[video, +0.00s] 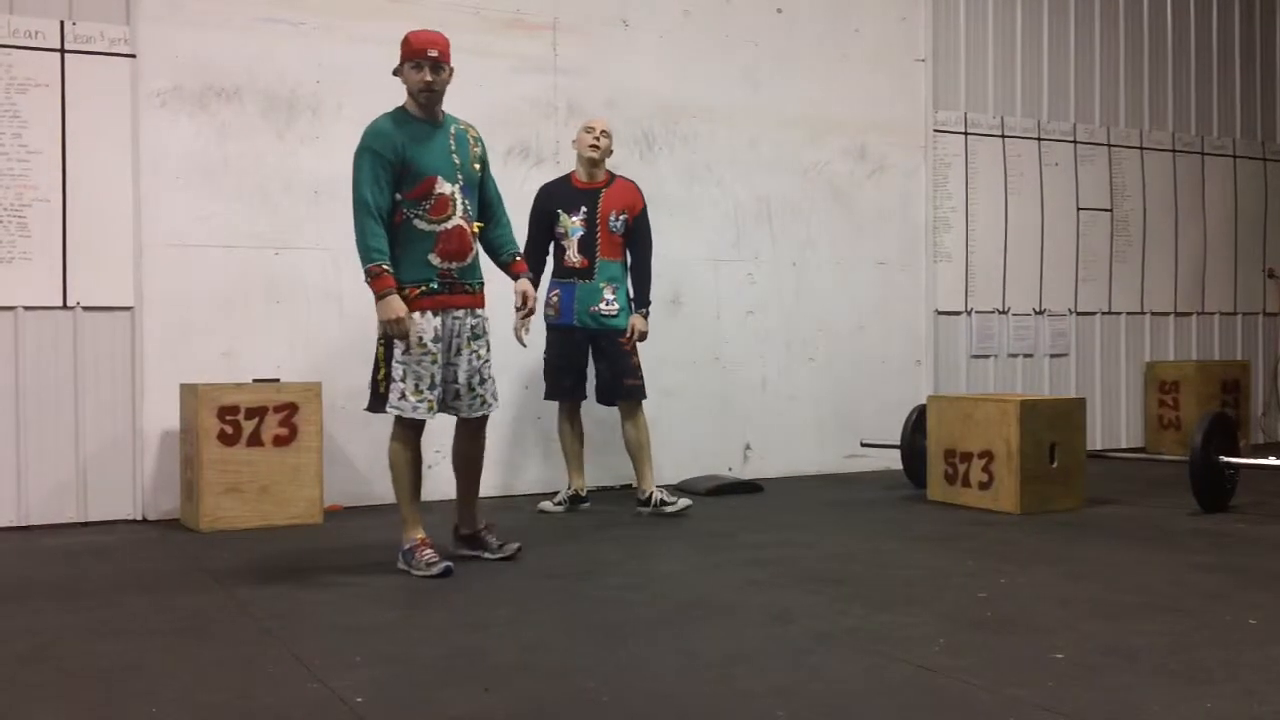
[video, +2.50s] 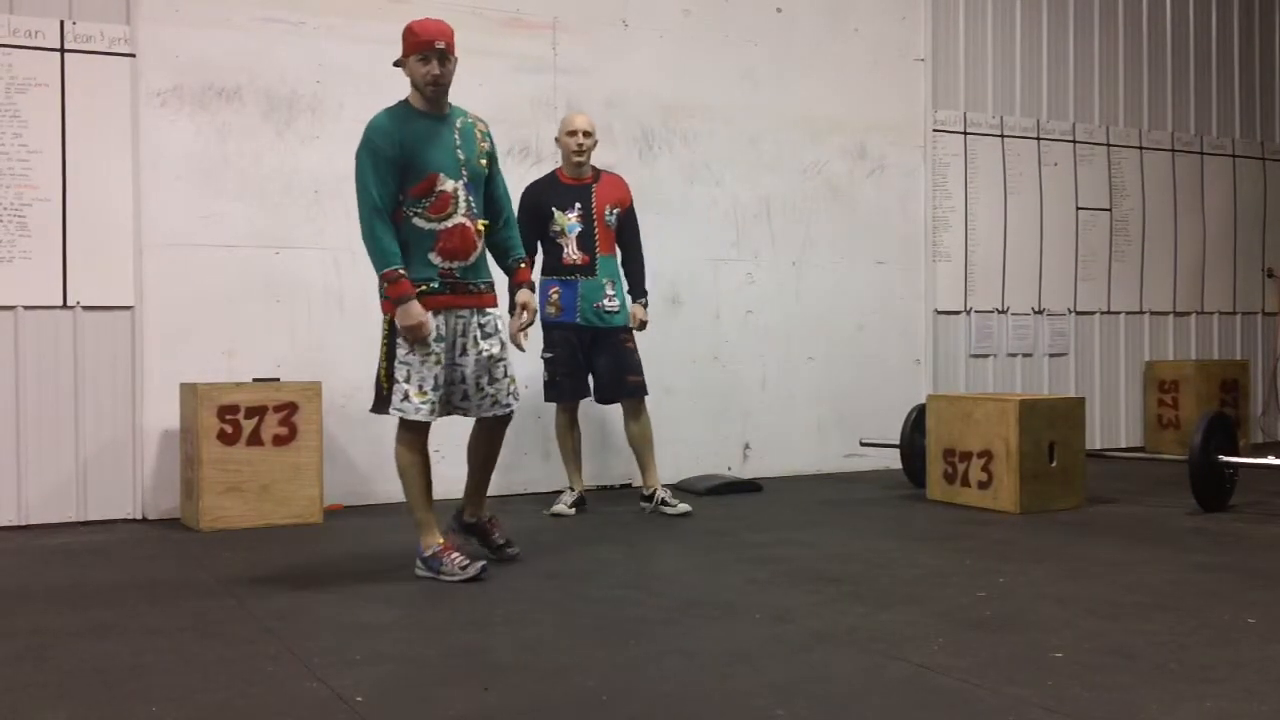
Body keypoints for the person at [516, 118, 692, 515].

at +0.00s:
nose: (597, 138)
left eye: (604, 135)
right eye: (590, 132)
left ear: (611, 150)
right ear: (575, 143)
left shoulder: (628, 193)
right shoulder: (551, 194)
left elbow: (641, 255)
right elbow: (534, 253)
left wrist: (641, 310)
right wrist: (525, 302)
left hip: (614, 315)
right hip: (565, 316)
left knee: (630, 403)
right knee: (568, 402)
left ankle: (647, 491)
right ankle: (576, 488)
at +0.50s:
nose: (642, 135)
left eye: (649, 132)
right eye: (635, 130)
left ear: (656, 147)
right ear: (619, 141)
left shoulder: (671, 192)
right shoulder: (592, 189)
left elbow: (684, 253)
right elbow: (572, 248)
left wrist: (689, 307)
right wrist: (562, 302)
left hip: (656, 319)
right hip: (605, 319)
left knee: (654, 405)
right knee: (589, 404)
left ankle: (650, 491)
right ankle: (578, 486)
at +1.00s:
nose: (666, 142)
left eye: (674, 137)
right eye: (660, 134)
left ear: (682, 146)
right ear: (646, 139)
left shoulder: (690, 196)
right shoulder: (615, 187)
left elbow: (702, 255)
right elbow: (592, 246)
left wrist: (714, 306)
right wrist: (585, 299)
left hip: (671, 315)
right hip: (626, 312)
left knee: (662, 403)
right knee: (619, 403)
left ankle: (650, 491)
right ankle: (605, 482)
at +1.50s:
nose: (657, 144)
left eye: (664, 139)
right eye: (650, 136)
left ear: (670, 146)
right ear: (634, 140)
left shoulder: (679, 195)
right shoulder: (606, 187)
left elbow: (687, 259)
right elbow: (582, 247)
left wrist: (695, 311)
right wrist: (580, 299)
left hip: (663, 319)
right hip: (615, 317)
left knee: (658, 406)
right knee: (600, 403)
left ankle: (650, 491)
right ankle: (573, 485)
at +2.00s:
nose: (605, 140)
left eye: (612, 134)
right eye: (597, 134)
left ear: (621, 142)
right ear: (585, 140)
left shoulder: (638, 189)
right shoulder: (561, 190)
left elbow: (652, 248)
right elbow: (542, 250)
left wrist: (661, 299)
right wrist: (534, 302)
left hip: (627, 318)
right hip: (577, 318)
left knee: (639, 404)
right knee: (574, 405)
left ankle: (649, 491)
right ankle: (575, 490)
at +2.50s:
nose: (580, 141)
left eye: (587, 134)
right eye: (573, 134)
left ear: (596, 142)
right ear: (559, 141)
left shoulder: (615, 187)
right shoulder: (537, 193)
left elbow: (631, 248)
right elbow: (523, 258)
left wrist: (639, 299)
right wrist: (517, 310)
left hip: (612, 315)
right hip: (561, 319)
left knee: (634, 400)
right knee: (566, 404)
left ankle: (652, 489)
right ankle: (574, 489)